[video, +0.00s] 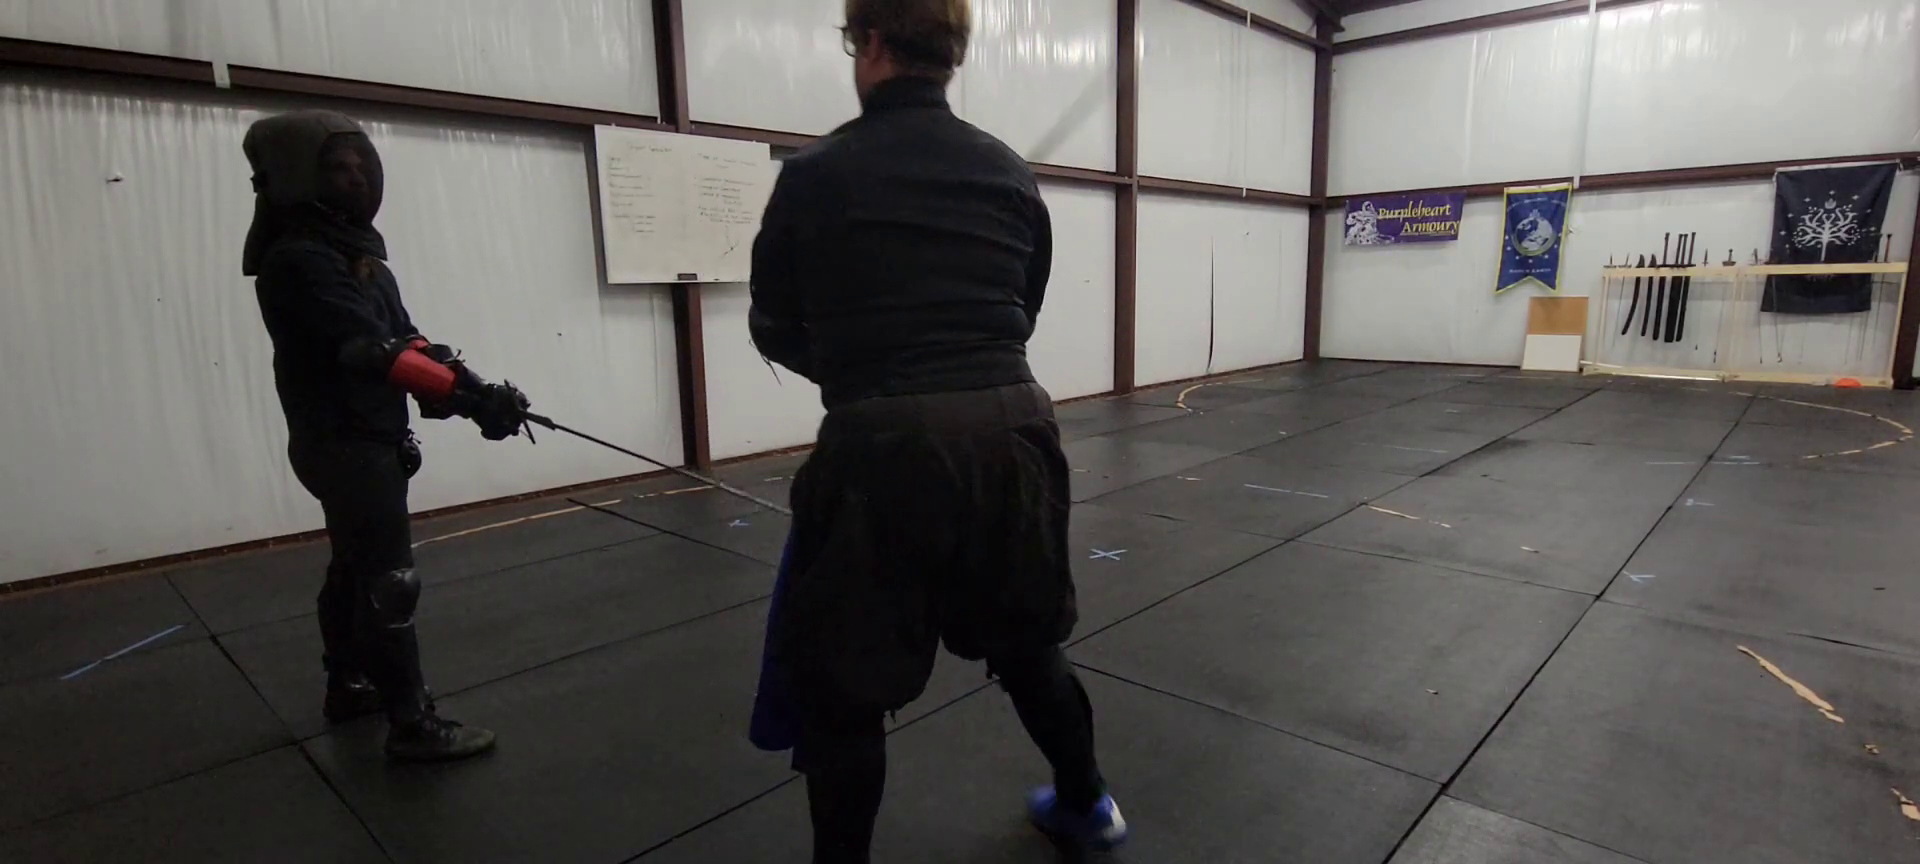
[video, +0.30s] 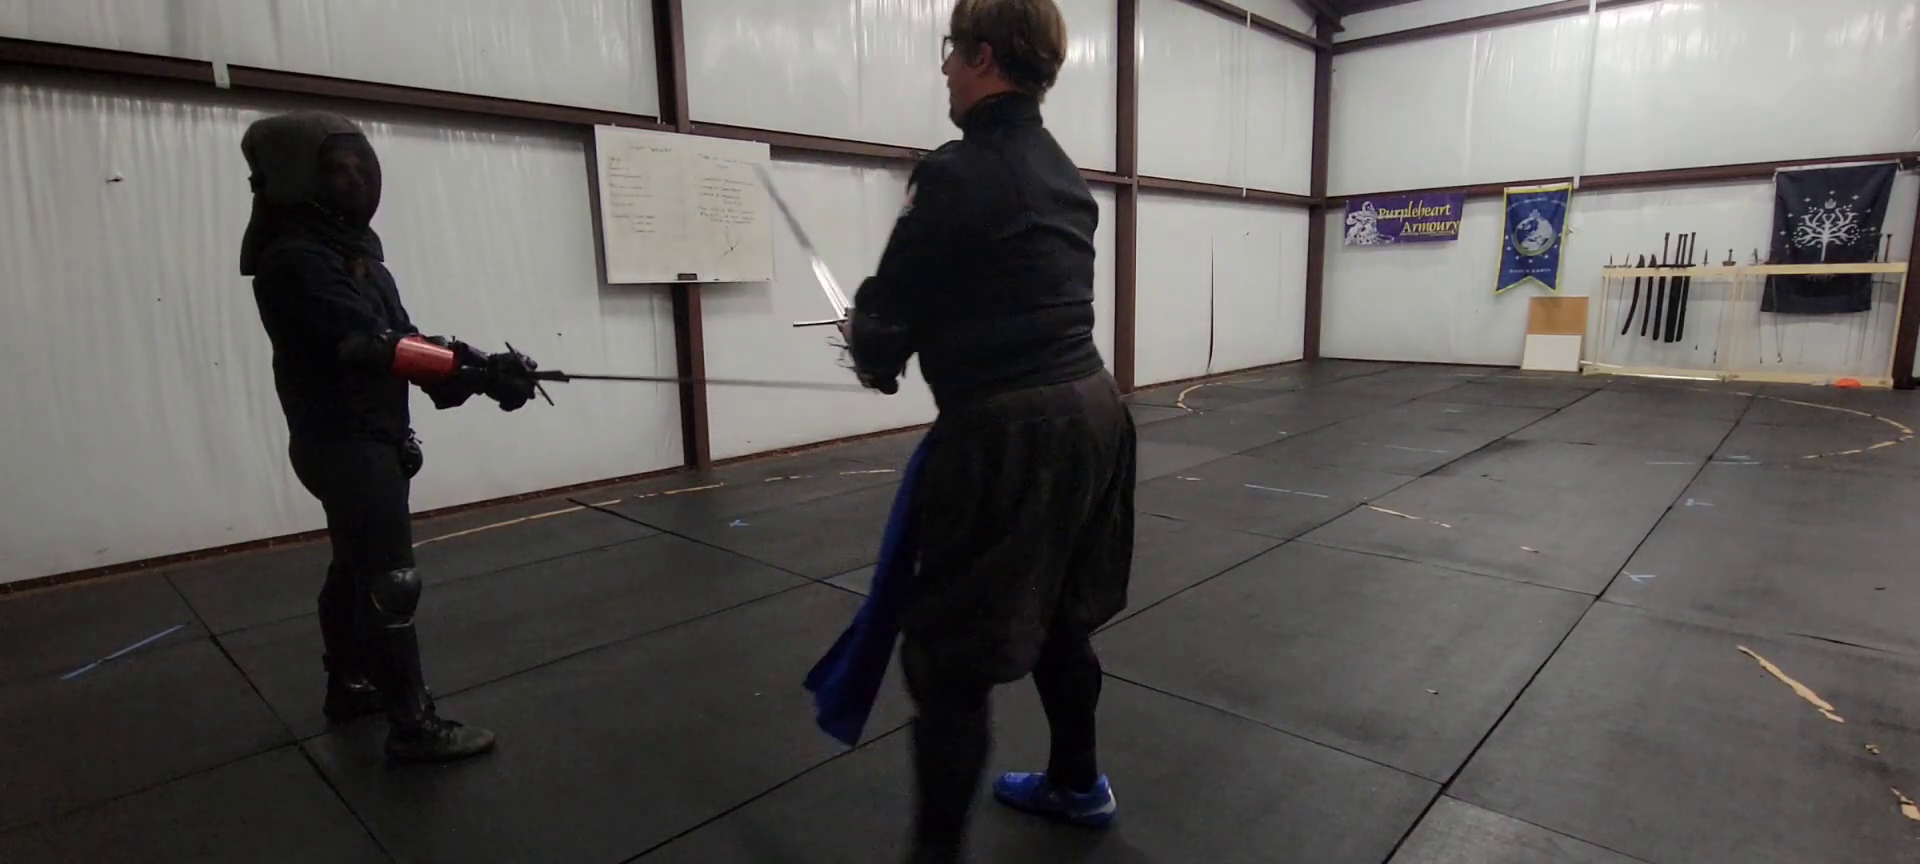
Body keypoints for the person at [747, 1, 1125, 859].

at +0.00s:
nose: (853, 65)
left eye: (854, 46)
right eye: (856, 47)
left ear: (874, 47)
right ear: (953, 54)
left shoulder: (816, 170)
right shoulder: (1004, 164)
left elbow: (774, 326)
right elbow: (1022, 308)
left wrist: (861, 363)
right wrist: (958, 357)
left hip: (875, 445)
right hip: (1007, 432)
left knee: (843, 692)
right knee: (1028, 640)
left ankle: (841, 852)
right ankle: (1087, 803)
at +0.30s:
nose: (944, 65)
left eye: (954, 51)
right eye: (949, 50)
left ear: (989, 63)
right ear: (1022, 71)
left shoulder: (956, 174)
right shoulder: (1062, 170)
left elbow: (892, 304)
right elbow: (1019, 294)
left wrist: (875, 351)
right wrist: (904, 320)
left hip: (998, 429)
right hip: (1092, 412)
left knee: (947, 644)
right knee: (1058, 606)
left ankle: (937, 843)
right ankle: (1076, 782)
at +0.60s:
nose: (987, 70)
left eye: (998, 56)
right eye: (992, 55)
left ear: (1036, 66)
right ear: (1046, 69)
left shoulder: (1044, 171)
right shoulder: (1066, 156)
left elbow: (991, 308)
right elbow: (1007, 292)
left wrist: (928, 366)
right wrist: (921, 336)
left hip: (1099, 425)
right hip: (1096, 415)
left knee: (1124, 634)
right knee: (1064, 609)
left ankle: (1245, 822)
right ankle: (1073, 783)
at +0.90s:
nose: (1022, 95)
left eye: (1030, 80)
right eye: (1025, 78)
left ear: (1070, 87)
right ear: (1090, 90)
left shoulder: (1087, 193)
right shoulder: (1107, 176)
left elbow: (1051, 353)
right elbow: (1043, 318)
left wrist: (973, 375)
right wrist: (943, 346)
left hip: (1159, 449)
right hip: (1144, 436)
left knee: (1195, 657)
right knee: (1047, 575)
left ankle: (1289, 837)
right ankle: (1081, 758)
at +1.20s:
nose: (982, 105)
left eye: (993, 90)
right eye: (987, 89)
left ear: (1033, 101)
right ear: (1053, 104)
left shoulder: (1017, 204)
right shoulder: (1085, 185)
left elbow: (956, 357)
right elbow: (1050, 314)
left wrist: (926, 358)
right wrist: (959, 344)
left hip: (1096, 447)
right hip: (1134, 419)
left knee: (1156, 648)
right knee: (1021, 577)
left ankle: (1281, 826)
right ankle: (1059, 749)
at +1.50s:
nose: (895, 120)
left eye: (904, 107)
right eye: (899, 105)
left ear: (941, 119)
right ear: (969, 124)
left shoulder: (925, 216)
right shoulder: (998, 200)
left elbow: (855, 364)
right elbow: (991, 308)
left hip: (1003, 450)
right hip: (1070, 425)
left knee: (904, 621)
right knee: (998, 601)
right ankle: (1060, 752)